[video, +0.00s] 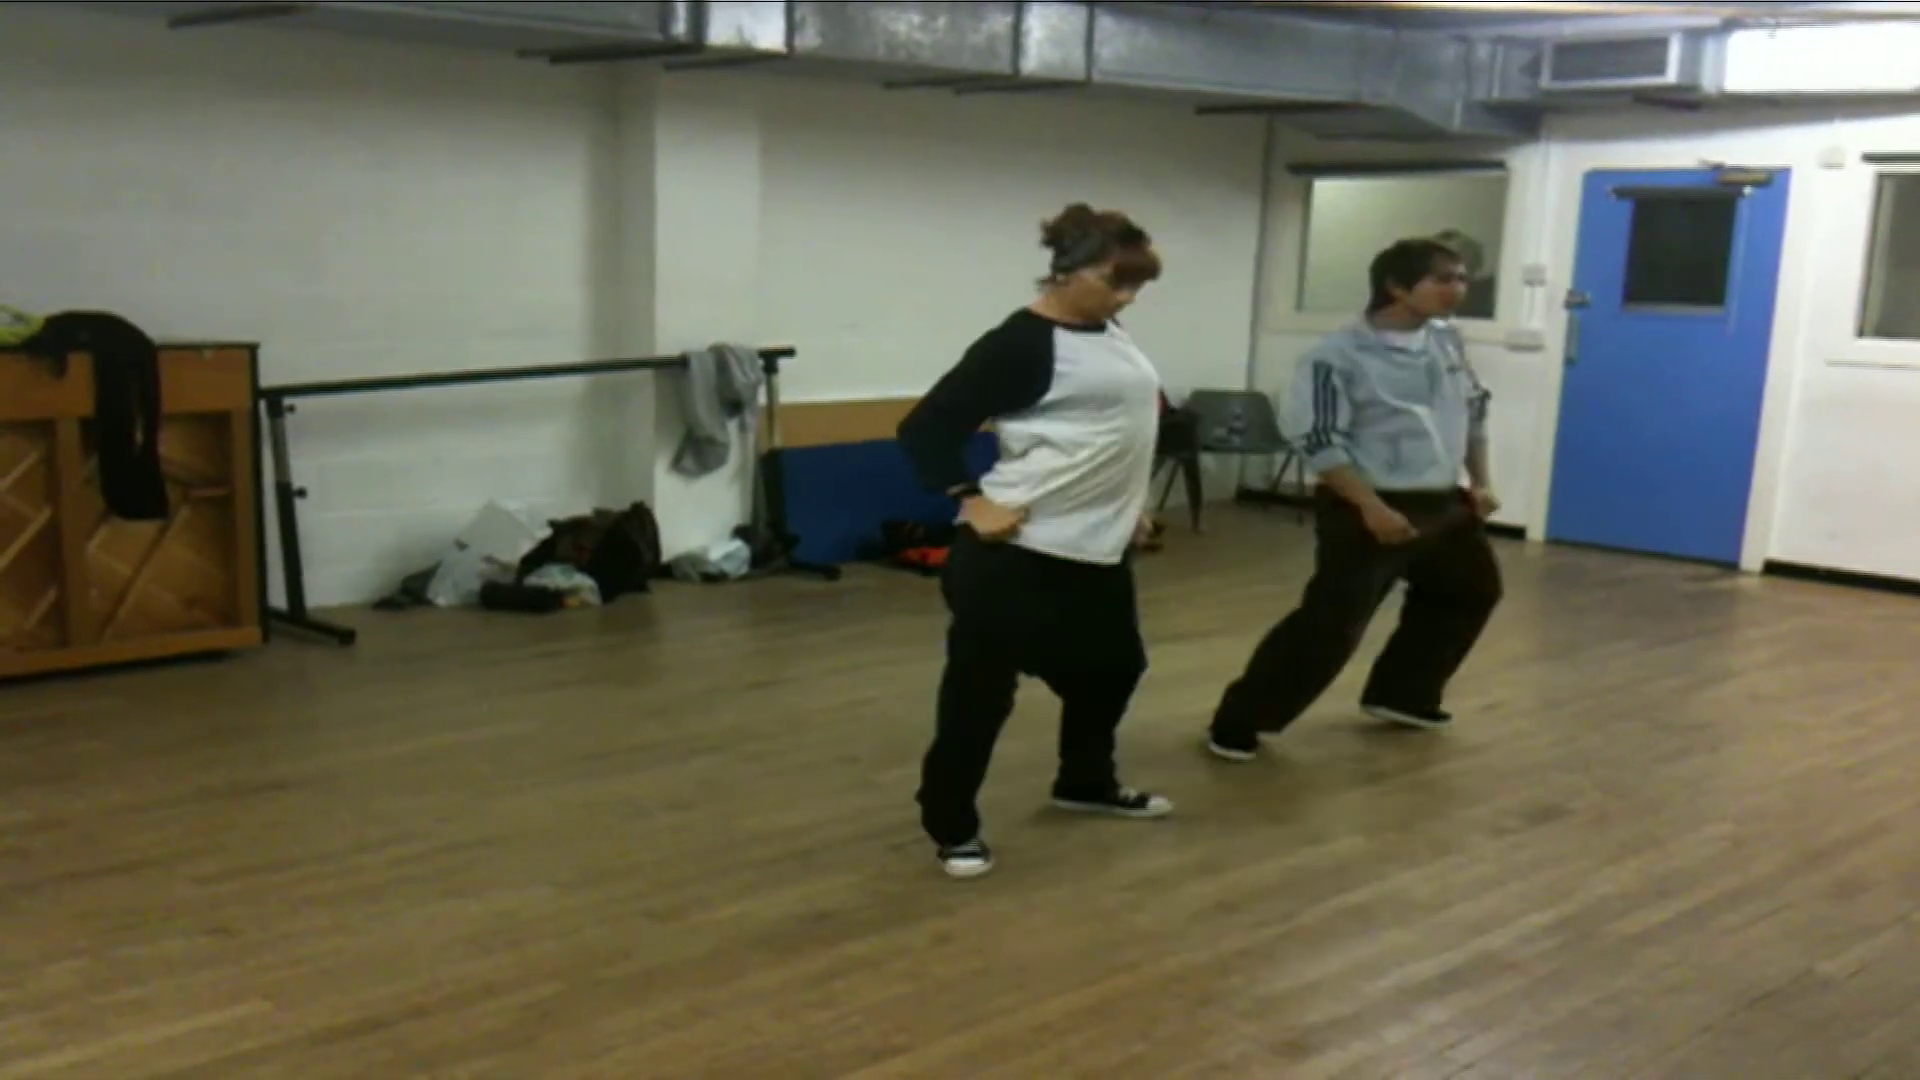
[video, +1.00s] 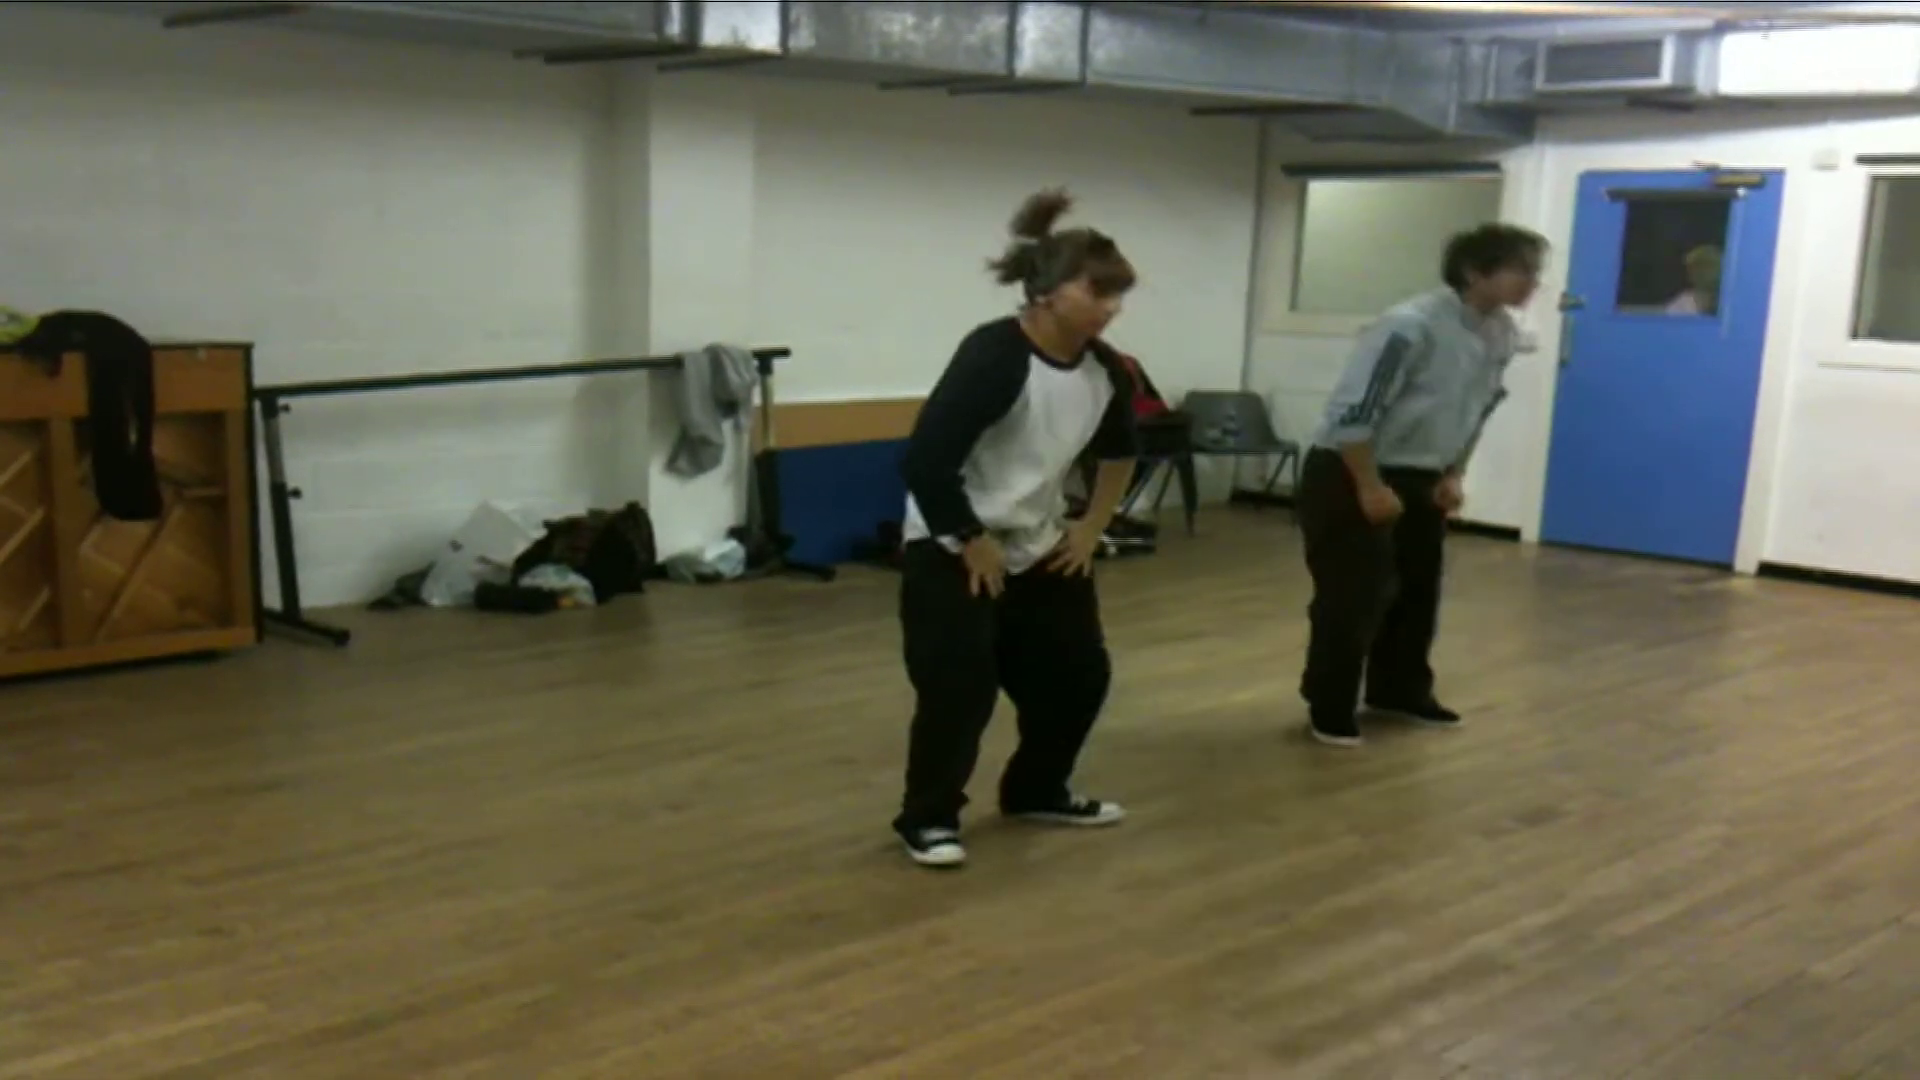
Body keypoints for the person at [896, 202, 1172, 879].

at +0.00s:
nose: (1129, 299)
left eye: (1135, 287)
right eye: (1122, 283)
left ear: (1089, 276)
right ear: (1078, 271)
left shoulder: (1110, 339)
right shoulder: (1020, 343)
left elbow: (1099, 435)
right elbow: (923, 433)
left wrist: (1126, 507)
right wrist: (970, 502)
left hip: (1095, 561)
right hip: (1012, 559)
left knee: (1109, 670)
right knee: (978, 698)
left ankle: (1085, 781)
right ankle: (951, 825)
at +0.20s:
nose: (1111, 311)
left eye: (1116, 298)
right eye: (1099, 295)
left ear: (1116, 300)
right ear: (1052, 286)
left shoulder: (1115, 343)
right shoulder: (994, 356)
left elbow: (1141, 414)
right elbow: (932, 462)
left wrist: (1135, 491)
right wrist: (1000, 542)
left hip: (1089, 560)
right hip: (1011, 562)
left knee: (1122, 665)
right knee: (1027, 685)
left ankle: (1078, 781)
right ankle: (901, 819)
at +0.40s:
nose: (1127, 349)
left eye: (1131, 334)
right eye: (1114, 332)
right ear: (1065, 327)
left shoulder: (1117, 384)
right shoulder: (1008, 391)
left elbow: (1155, 449)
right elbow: (956, 499)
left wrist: (1125, 538)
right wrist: (1012, 576)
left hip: (1061, 566)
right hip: (980, 575)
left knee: (1110, 699)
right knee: (1040, 709)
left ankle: (1090, 779)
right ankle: (894, 817)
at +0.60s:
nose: (1154, 448)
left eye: (1155, 435)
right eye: (1142, 436)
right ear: (1093, 438)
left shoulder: (1122, 478)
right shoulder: (1031, 479)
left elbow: (1143, 535)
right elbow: (905, 541)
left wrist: (1074, 583)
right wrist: (938, 604)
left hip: (1022, 603)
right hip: (927, 610)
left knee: (1142, 676)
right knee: (953, 707)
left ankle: (1063, 792)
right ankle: (923, 821)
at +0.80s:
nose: (1152, 389)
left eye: (1154, 374)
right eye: (1141, 371)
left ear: (1108, 369)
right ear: (1094, 365)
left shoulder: (1120, 425)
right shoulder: (1011, 410)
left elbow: (1116, 484)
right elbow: (903, 486)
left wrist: (1070, 547)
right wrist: (933, 560)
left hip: (1015, 566)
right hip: (927, 566)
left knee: (1093, 664)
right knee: (957, 679)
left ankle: (1051, 792)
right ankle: (923, 820)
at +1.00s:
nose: (1110, 307)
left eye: (1115, 294)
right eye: (1098, 291)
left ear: (1110, 300)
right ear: (1049, 295)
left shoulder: (1105, 376)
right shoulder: (993, 355)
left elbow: (1119, 452)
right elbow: (926, 459)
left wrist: (1092, 525)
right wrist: (970, 539)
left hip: (1042, 547)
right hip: (950, 545)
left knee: (1076, 674)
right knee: (958, 683)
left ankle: (1036, 791)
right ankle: (929, 818)